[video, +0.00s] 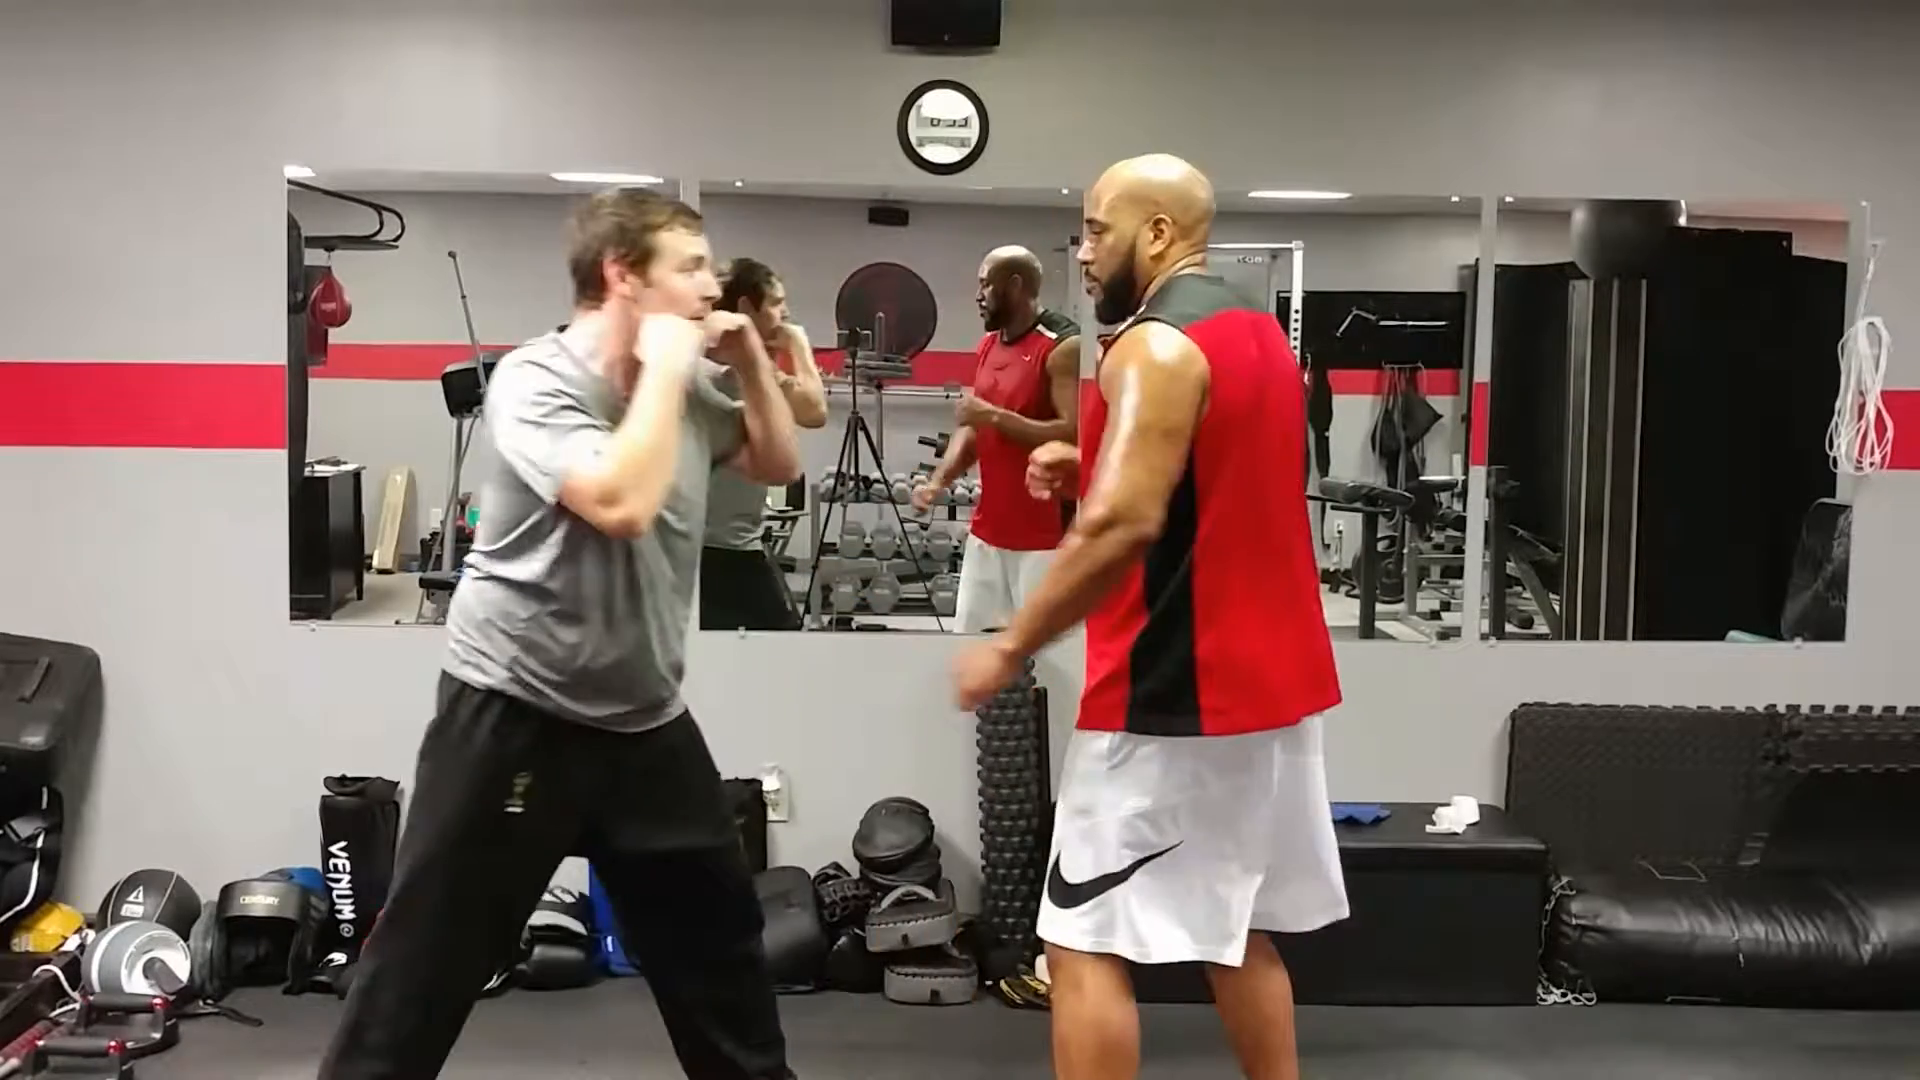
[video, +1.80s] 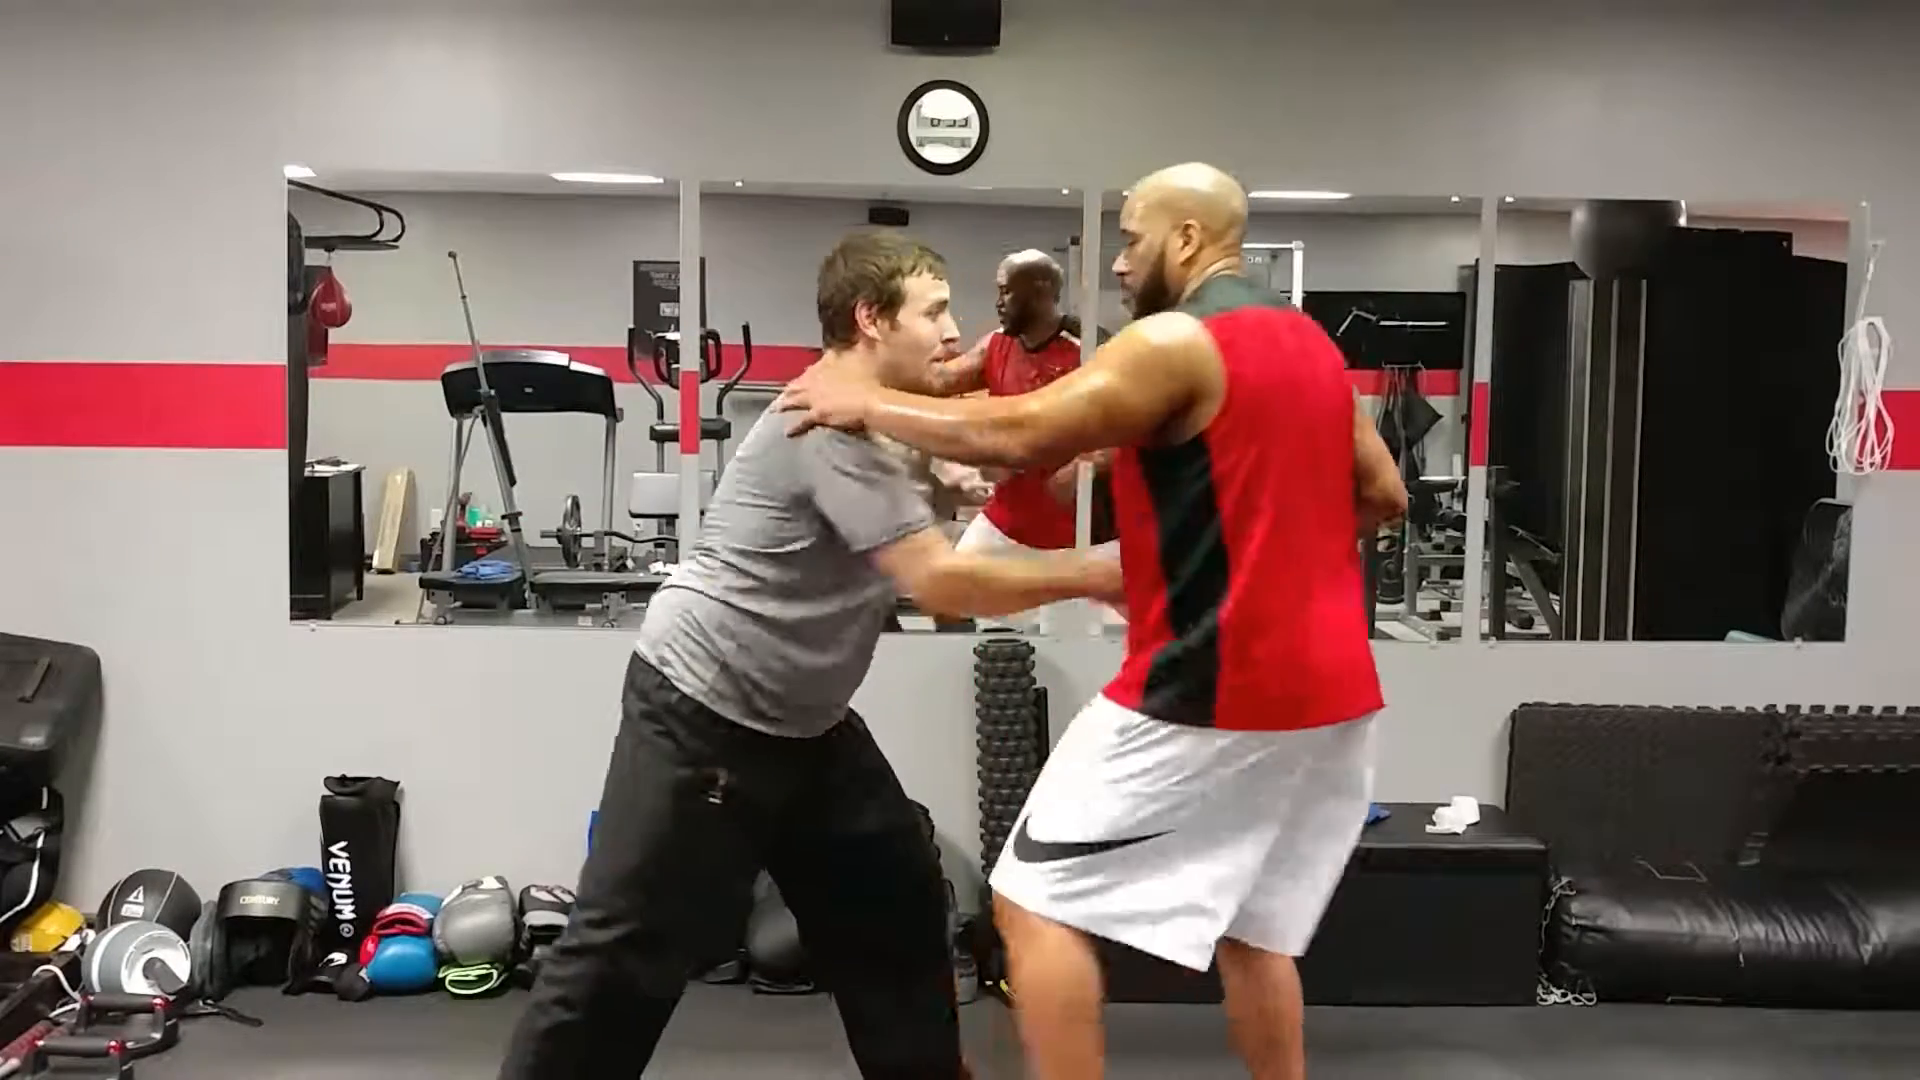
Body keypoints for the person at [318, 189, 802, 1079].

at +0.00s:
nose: (712, 292)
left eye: (710, 274)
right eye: (693, 272)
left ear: (628, 280)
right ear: (620, 278)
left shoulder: (678, 388)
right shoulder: (528, 384)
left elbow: (776, 462)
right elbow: (621, 502)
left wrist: (754, 364)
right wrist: (666, 367)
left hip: (647, 727)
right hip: (512, 717)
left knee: (721, 969)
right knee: (417, 981)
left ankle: (758, 1079)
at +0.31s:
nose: (682, 303)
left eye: (682, 284)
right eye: (662, 282)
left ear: (599, 294)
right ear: (590, 293)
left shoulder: (669, 403)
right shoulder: (500, 406)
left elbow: (775, 473)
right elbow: (563, 517)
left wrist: (743, 370)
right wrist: (625, 383)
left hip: (658, 736)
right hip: (511, 740)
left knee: (765, 926)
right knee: (435, 987)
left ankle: (800, 1071)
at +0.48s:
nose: (760, 302)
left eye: (756, 285)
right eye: (741, 285)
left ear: (680, 305)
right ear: (672, 303)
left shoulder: (711, 395)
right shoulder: (678, 382)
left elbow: (785, 530)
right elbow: (875, 412)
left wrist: (799, 425)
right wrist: (1012, 430)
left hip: (725, 743)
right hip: (616, 737)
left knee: (835, 952)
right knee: (499, 968)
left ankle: (912, 1073)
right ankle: (405, 1074)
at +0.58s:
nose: (860, 313)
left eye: (851, 296)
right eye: (838, 296)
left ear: (780, 327)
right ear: (776, 322)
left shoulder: (767, 402)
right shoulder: (802, 407)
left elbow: (928, 417)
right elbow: (996, 466)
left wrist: (1007, 371)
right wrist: (1101, 450)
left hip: (771, 741)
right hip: (688, 729)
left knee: (884, 939)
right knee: (571, 968)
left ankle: (921, 1073)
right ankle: (439, 1073)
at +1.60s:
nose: (968, 347)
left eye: (969, 328)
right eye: (953, 323)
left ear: (886, 328)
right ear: (887, 325)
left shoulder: (883, 424)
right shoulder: (854, 431)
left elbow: (1019, 497)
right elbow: (1024, 524)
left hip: (815, 730)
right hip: (711, 714)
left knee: (897, 939)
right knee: (642, 971)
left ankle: (911, 1073)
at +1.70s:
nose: (963, 339)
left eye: (962, 320)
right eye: (945, 317)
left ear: (887, 325)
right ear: (883, 323)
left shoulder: (890, 422)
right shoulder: (853, 431)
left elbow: (1028, 500)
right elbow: (1025, 546)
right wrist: (1151, 565)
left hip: (814, 726)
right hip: (708, 713)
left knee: (901, 932)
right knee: (643, 962)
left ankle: (918, 1072)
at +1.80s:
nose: (954, 335)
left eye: (953, 315)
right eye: (936, 313)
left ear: (871, 324)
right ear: (868, 322)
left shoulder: (889, 425)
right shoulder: (829, 426)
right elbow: (937, 583)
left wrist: (953, 488)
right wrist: (1085, 572)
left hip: (806, 721)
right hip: (698, 710)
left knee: (894, 908)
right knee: (624, 953)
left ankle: (926, 1067)